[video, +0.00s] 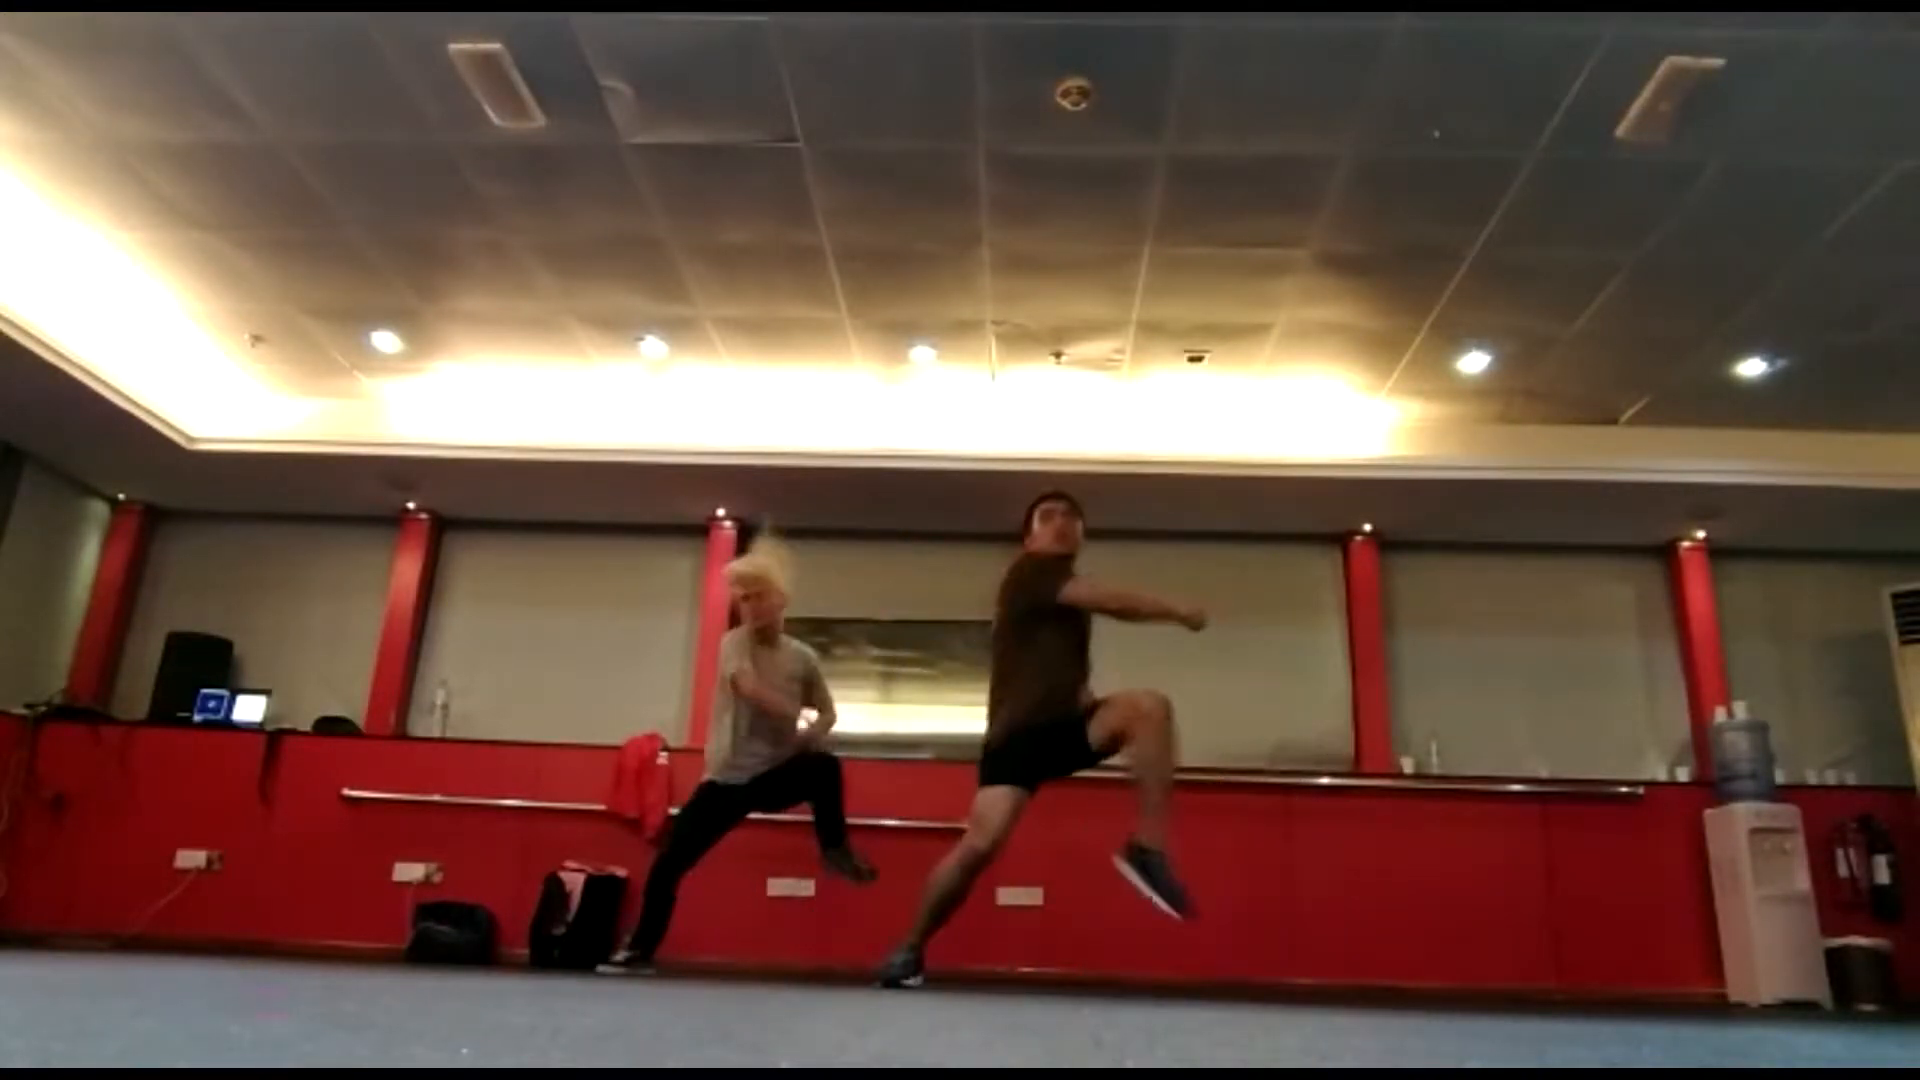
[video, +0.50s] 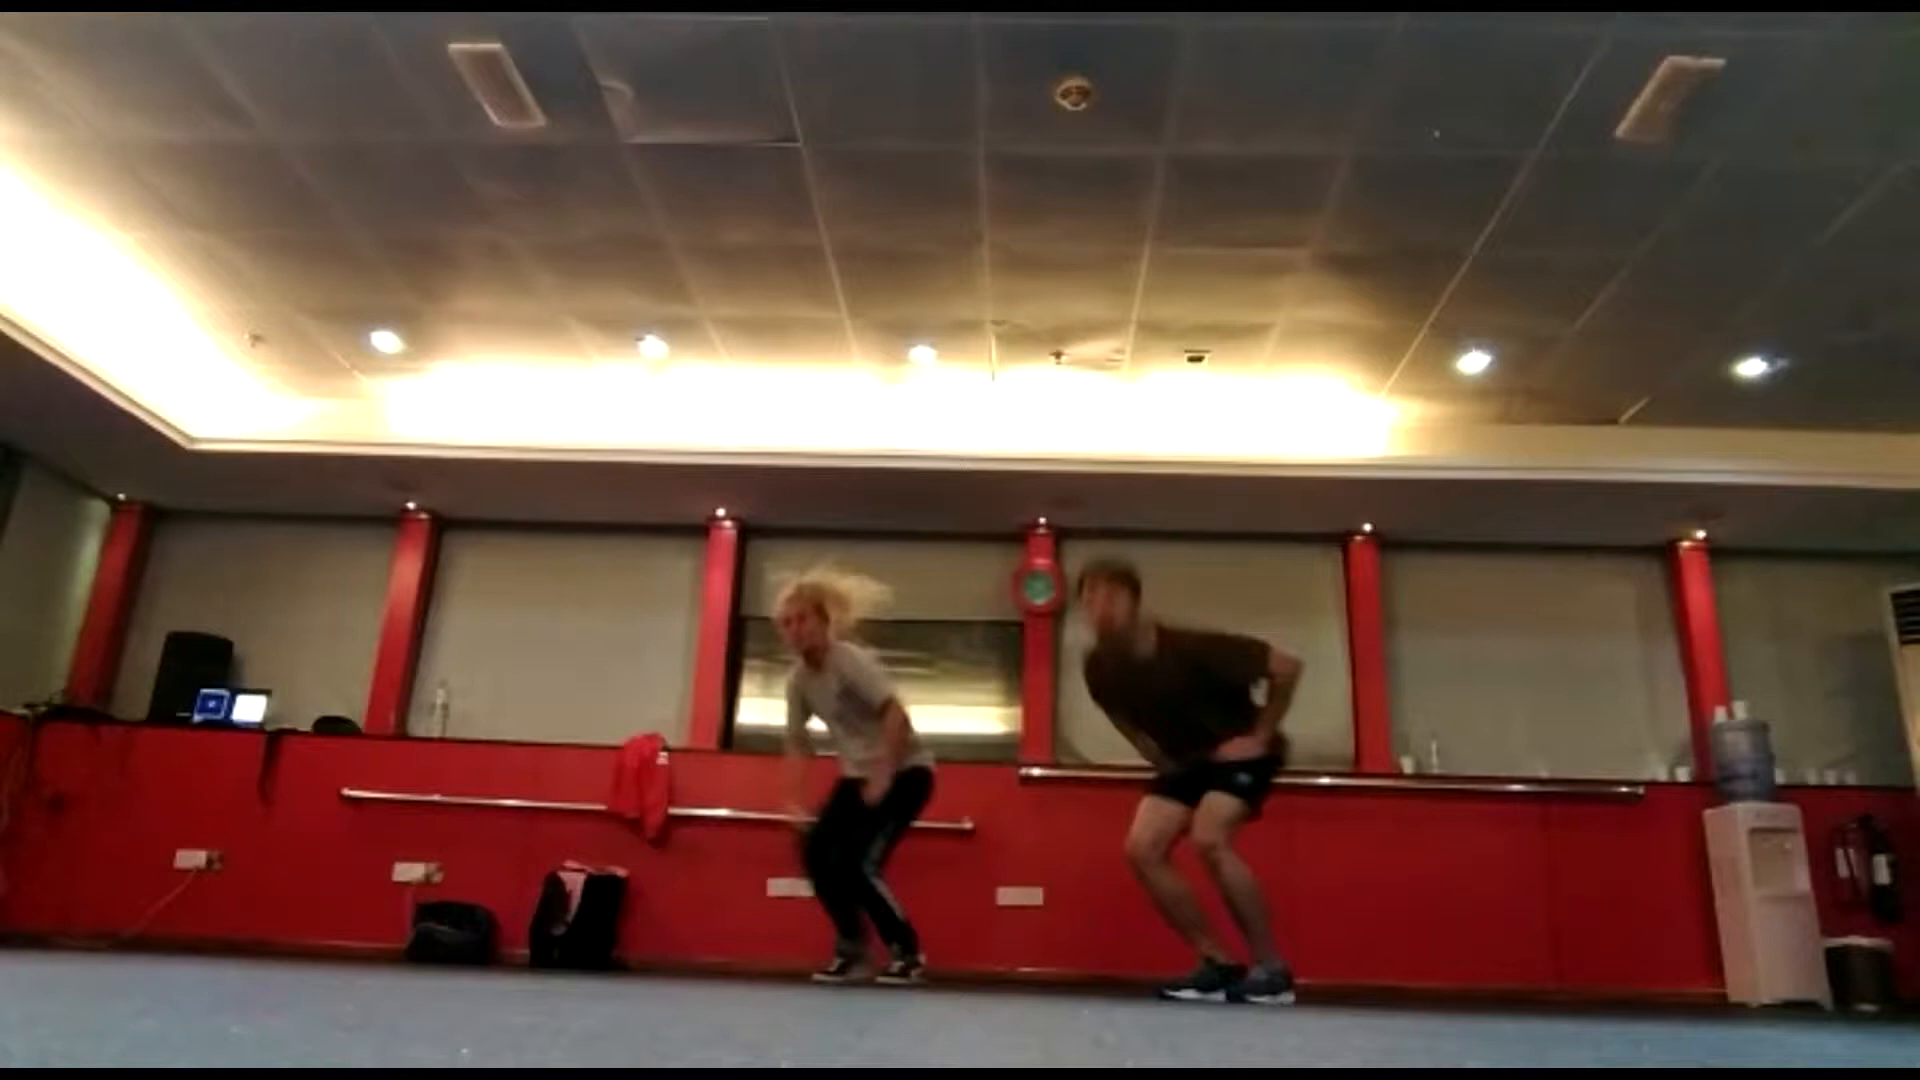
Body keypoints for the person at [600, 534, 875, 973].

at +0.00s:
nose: (749, 608)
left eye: (756, 598)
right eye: (743, 600)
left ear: (780, 600)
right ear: (736, 604)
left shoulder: (800, 658)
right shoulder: (735, 644)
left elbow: (827, 713)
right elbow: (745, 687)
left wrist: (807, 741)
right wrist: (794, 712)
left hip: (774, 777)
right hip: (726, 781)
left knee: (824, 765)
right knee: (669, 862)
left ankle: (836, 849)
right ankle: (641, 949)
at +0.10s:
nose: (768, 602)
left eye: (775, 593)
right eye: (762, 593)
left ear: (792, 598)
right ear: (750, 597)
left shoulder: (811, 656)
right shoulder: (747, 637)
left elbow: (830, 718)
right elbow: (743, 624)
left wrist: (809, 746)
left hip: (780, 772)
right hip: (728, 774)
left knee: (863, 798)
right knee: (675, 858)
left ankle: (855, 900)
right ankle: (642, 950)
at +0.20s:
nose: (817, 611)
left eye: (822, 601)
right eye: (808, 600)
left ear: (829, 606)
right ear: (788, 602)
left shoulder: (832, 668)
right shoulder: (766, 641)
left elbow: (855, 735)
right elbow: (735, 613)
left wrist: (823, 758)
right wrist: (748, 577)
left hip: (800, 786)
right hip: (747, 780)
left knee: (876, 847)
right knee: (696, 865)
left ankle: (851, 956)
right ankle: (632, 947)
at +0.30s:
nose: (817, 600)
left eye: (826, 591)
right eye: (809, 591)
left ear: (839, 598)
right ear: (797, 598)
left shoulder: (853, 650)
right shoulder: (781, 640)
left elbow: (883, 711)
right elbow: (737, 652)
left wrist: (853, 751)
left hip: (830, 781)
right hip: (775, 781)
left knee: (892, 851)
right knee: (713, 864)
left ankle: (857, 954)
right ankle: (643, 945)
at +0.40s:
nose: (806, 606)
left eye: (814, 596)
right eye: (798, 598)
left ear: (831, 601)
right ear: (789, 606)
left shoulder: (859, 639)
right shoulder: (796, 653)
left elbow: (906, 685)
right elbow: (768, 696)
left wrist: (879, 738)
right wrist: (762, 745)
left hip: (874, 777)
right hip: (827, 779)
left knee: (855, 867)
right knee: (768, 834)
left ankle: (893, 950)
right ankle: (768, 936)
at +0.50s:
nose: (795, 630)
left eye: (803, 619)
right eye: (787, 622)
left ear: (826, 620)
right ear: (782, 630)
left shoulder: (849, 661)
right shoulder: (801, 678)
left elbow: (896, 713)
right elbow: (797, 743)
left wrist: (885, 773)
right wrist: (796, 799)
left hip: (903, 770)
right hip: (859, 775)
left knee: (857, 860)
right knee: (819, 853)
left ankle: (906, 952)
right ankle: (853, 951)